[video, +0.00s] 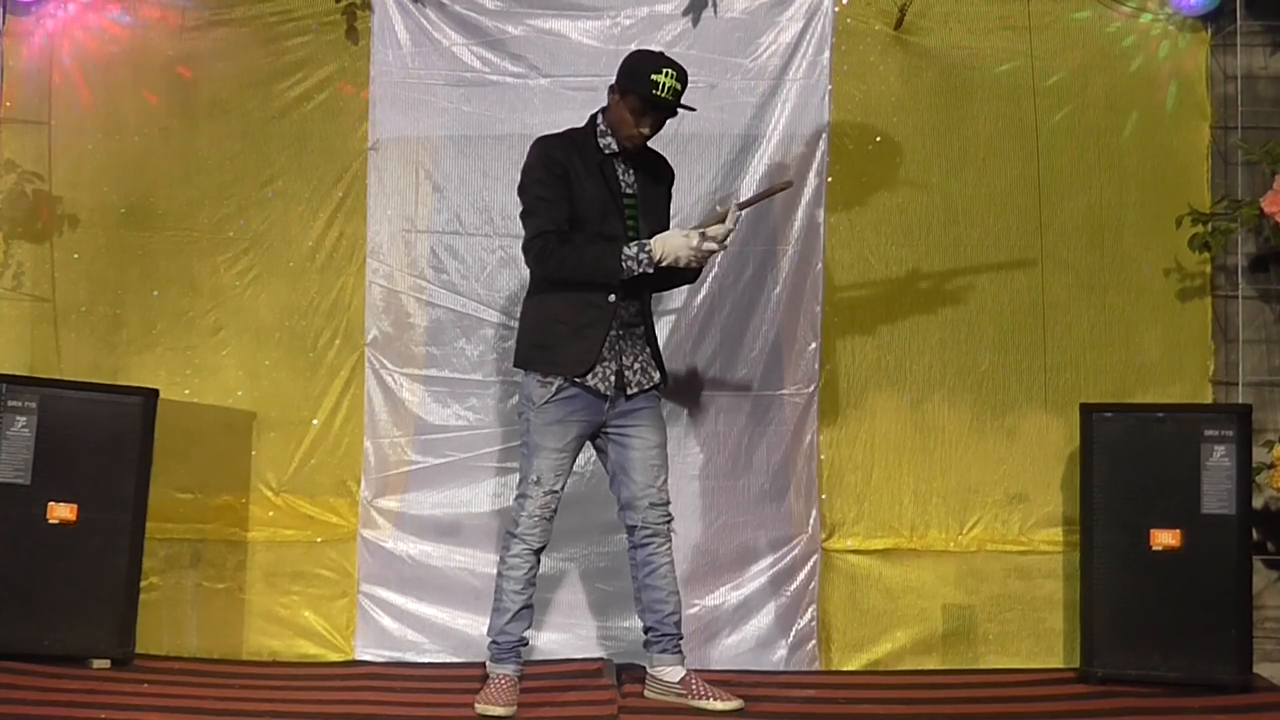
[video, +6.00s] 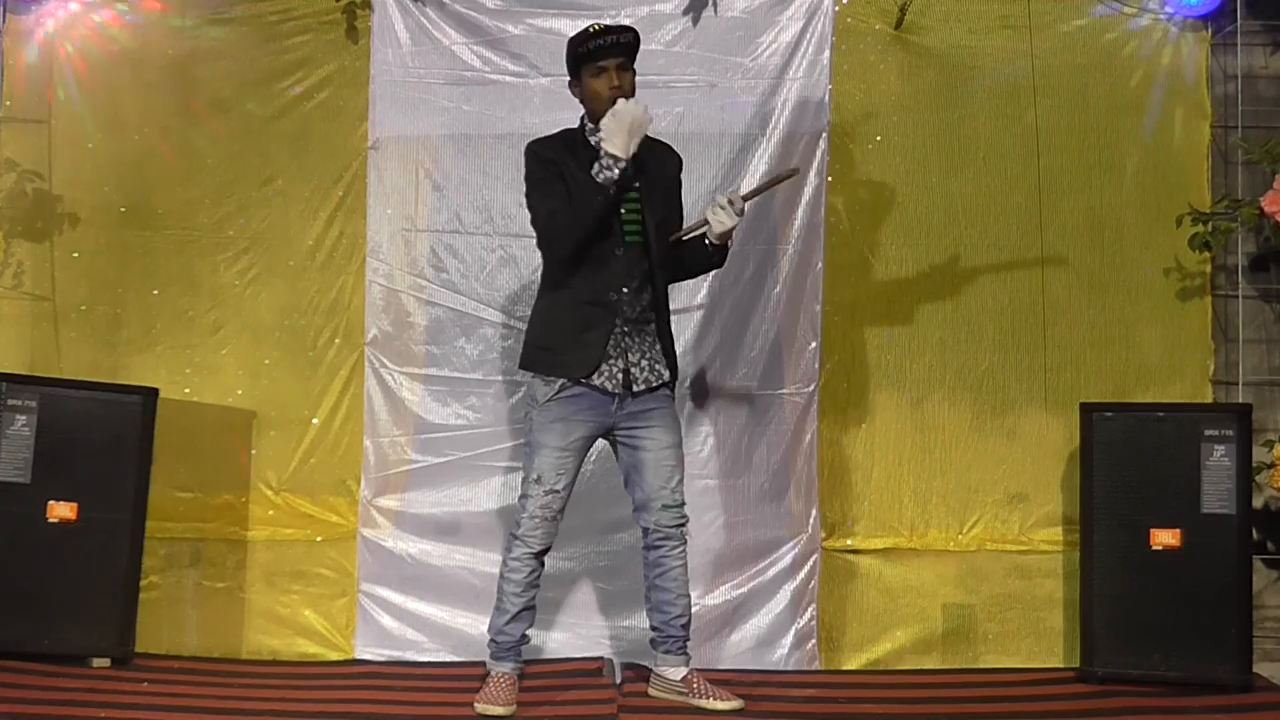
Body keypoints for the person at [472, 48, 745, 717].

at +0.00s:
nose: (651, 124)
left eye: (662, 115)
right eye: (645, 109)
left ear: (667, 115)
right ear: (615, 95)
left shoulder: (656, 172)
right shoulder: (553, 154)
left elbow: (641, 277)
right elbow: (545, 258)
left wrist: (693, 257)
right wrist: (647, 254)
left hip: (635, 375)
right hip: (561, 374)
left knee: (650, 519)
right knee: (532, 521)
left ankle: (666, 671)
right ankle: (503, 671)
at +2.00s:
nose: (633, 91)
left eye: (648, 83)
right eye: (623, 76)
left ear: (661, 94)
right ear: (603, 79)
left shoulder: (662, 173)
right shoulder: (557, 152)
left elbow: (642, 279)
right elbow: (553, 254)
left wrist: (695, 260)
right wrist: (652, 250)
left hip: (639, 372)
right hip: (564, 368)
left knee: (656, 518)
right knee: (534, 519)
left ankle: (667, 670)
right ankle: (503, 668)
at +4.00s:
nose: (620, 88)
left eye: (635, 79)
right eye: (611, 76)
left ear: (657, 90)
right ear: (598, 81)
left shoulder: (663, 170)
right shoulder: (554, 152)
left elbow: (650, 276)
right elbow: (533, 244)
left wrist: (691, 249)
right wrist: (632, 243)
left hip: (640, 373)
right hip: (565, 369)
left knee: (662, 520)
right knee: (533, 520)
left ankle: (666, 671)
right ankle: (503, 668)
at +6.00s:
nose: (616, 83)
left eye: (624, 71)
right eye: (600, 73)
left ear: (636, 77)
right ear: (576, 84)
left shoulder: (663, 160)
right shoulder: (550, 155)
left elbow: (663, 263)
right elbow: (558, 241)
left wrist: (712, 242)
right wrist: (612, 161)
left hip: (650, 374)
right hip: (569, 373)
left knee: (667, 522)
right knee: (536, 523)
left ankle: (672, 670)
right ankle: (503, 669)